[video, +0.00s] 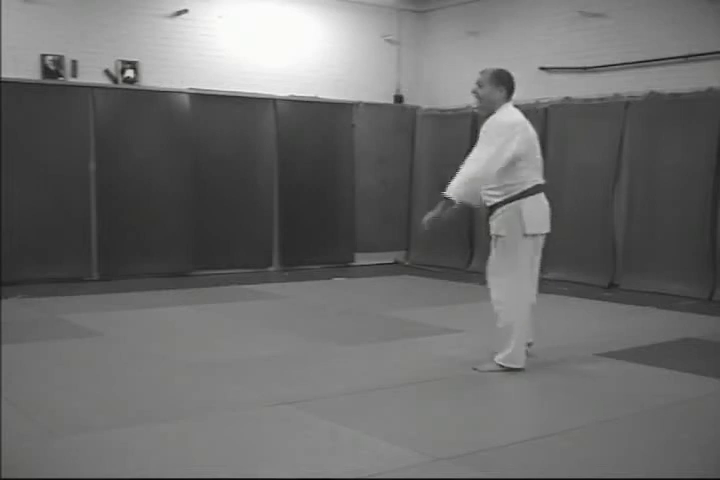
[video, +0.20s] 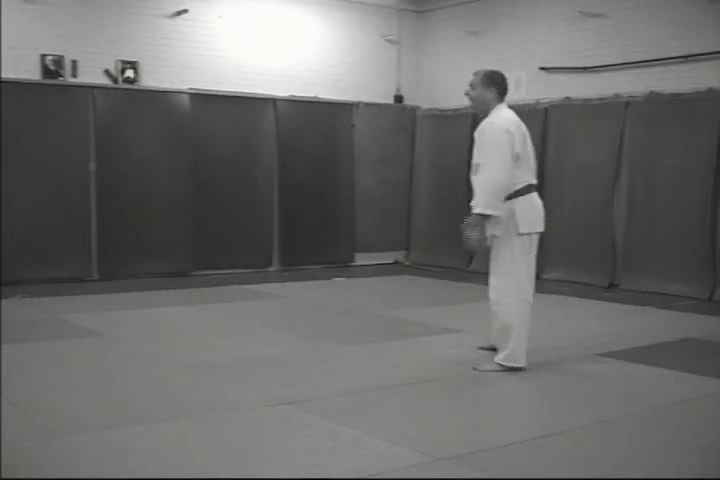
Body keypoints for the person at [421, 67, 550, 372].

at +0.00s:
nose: (474, 91)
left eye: (480, 87)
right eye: (475, 86)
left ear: (500, 92)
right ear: (500, 93)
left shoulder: (503, 123)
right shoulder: (510, 120)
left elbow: (478, 167)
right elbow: (486, 171)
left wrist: (444, 204)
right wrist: (459, 200)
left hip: (517, 213)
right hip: (525, 210)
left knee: (508, 280)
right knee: (518, 278)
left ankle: (513, 356)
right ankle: (521, 340)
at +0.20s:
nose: (467, 92)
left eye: (473, 87)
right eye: (469, 87)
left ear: (492, 92)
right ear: (493, 93)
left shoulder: (496, 126)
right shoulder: (504, 121)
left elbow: (493, 176)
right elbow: (495, 175)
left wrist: (477, 217)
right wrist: (478, 215)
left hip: (514, 214)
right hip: (516, 212)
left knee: (509, 285)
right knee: (509, 282)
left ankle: (512, 357)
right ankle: (504, 340)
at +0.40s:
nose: (464, 93)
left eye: (469, 88)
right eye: (465, 88)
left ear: (487, 93)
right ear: (488, 93)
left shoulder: (494, 125)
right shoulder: (496, 121)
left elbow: (504, 170)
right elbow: (505, 169)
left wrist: (517, 218)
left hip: (506, 213)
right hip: (509, 210)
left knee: (504, 285)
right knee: (505, 283)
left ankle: (509, 355)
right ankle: (503, 342)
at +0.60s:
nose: (460, 95)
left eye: (465, 90)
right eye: (461, 90)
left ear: (483, 93)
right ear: (484, 94)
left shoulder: (493, 125)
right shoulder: (494, 123)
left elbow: (502, 167)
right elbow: (505, 167)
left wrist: (507, 211)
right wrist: (493, 205)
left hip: (506, 213)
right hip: (507, 211)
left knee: (504, 283)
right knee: (503, 282)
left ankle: (508, 352)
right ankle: (502, 342)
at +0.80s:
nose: (460, 94)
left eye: (466, 89)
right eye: (462, 89)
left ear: (483, 93)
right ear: (485, 94)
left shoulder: (493, 125)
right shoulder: (499, 122)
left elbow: (495, 171)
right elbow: (494, 171)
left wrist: (481, 212)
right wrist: (476, 209)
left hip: (505, 212)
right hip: (511, 210)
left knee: (495, 282)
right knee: (505, 281)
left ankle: (496, 351)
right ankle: (505, 342)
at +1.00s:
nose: (462, 93)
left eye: (467, 88)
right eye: (463, 88)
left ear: (485, 91)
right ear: (488, 92)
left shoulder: (491, 124)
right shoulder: (499, 121)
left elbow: (484, 171)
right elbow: (490, 171)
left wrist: (459, 208)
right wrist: (468, 209)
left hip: (497, 211)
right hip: (504, 208)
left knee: (491, 283)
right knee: (498, 281)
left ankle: (495, 352)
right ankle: (503, 343)